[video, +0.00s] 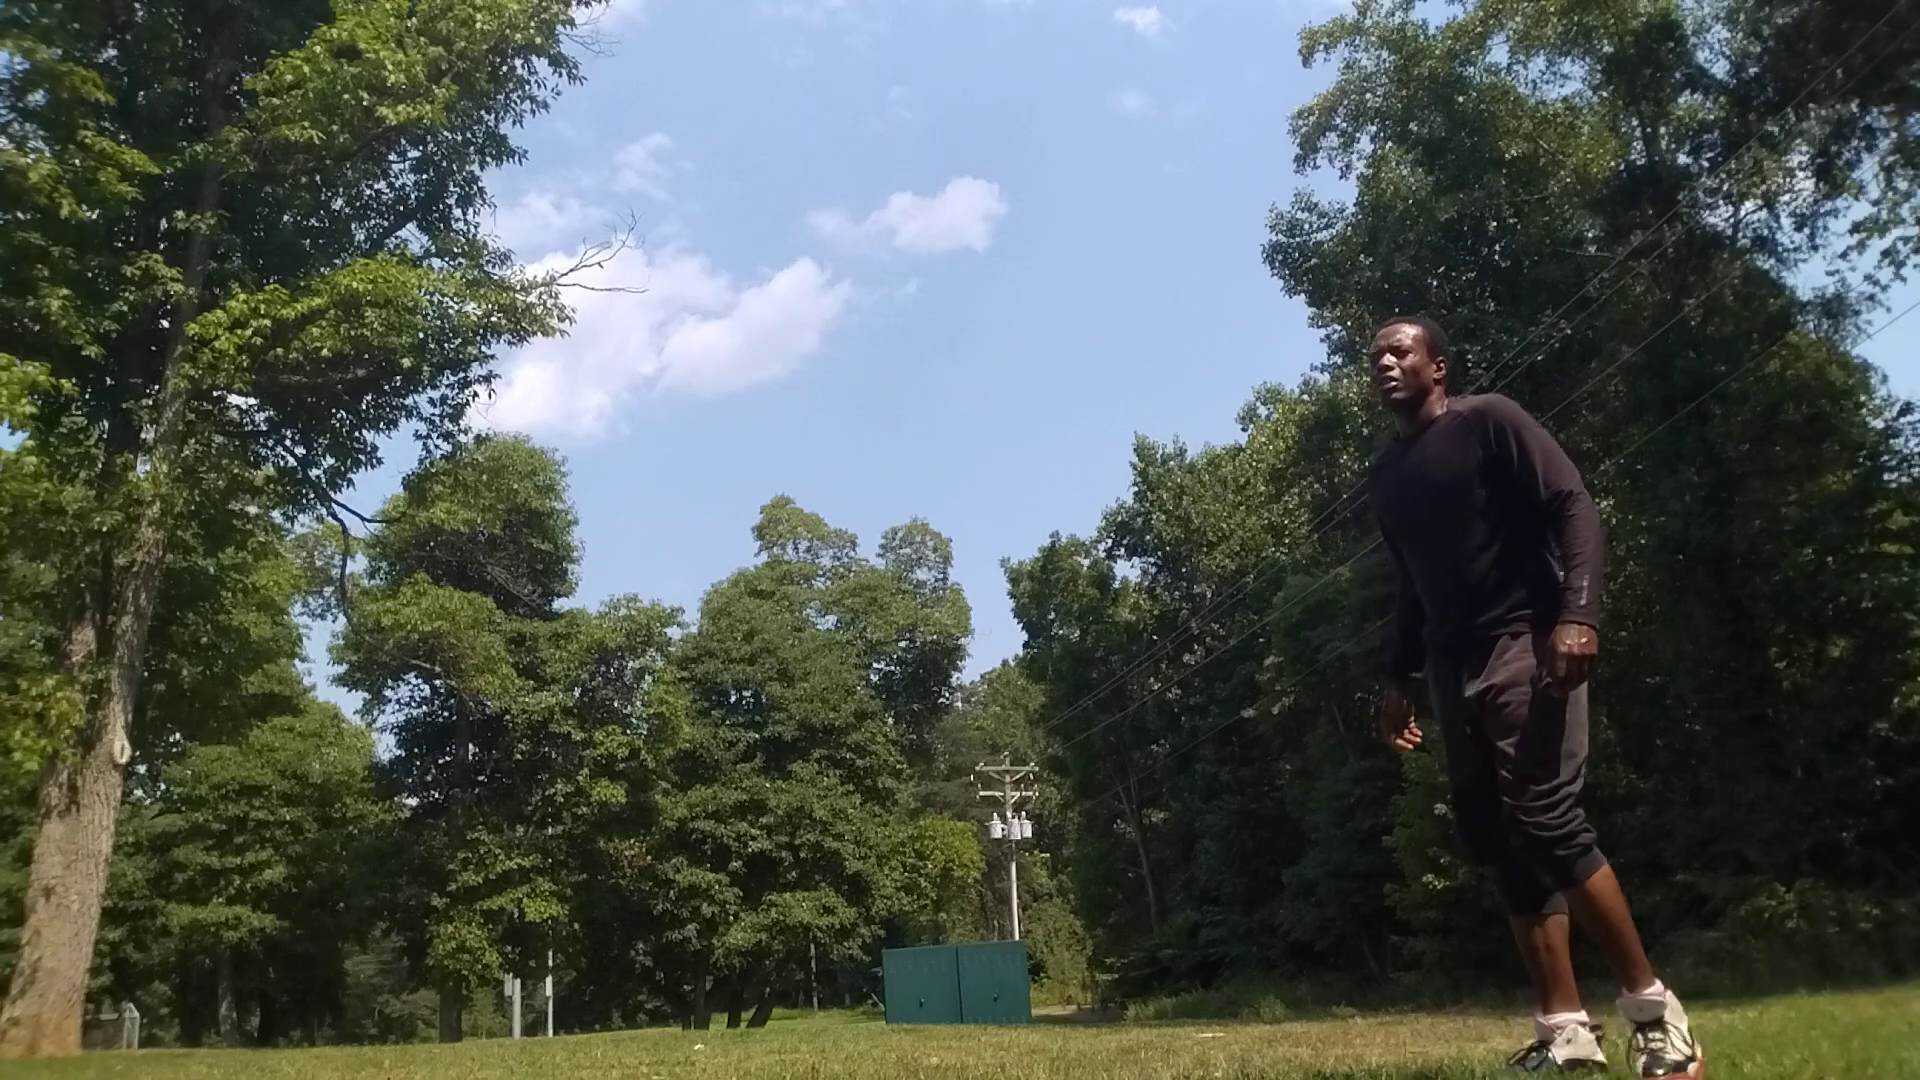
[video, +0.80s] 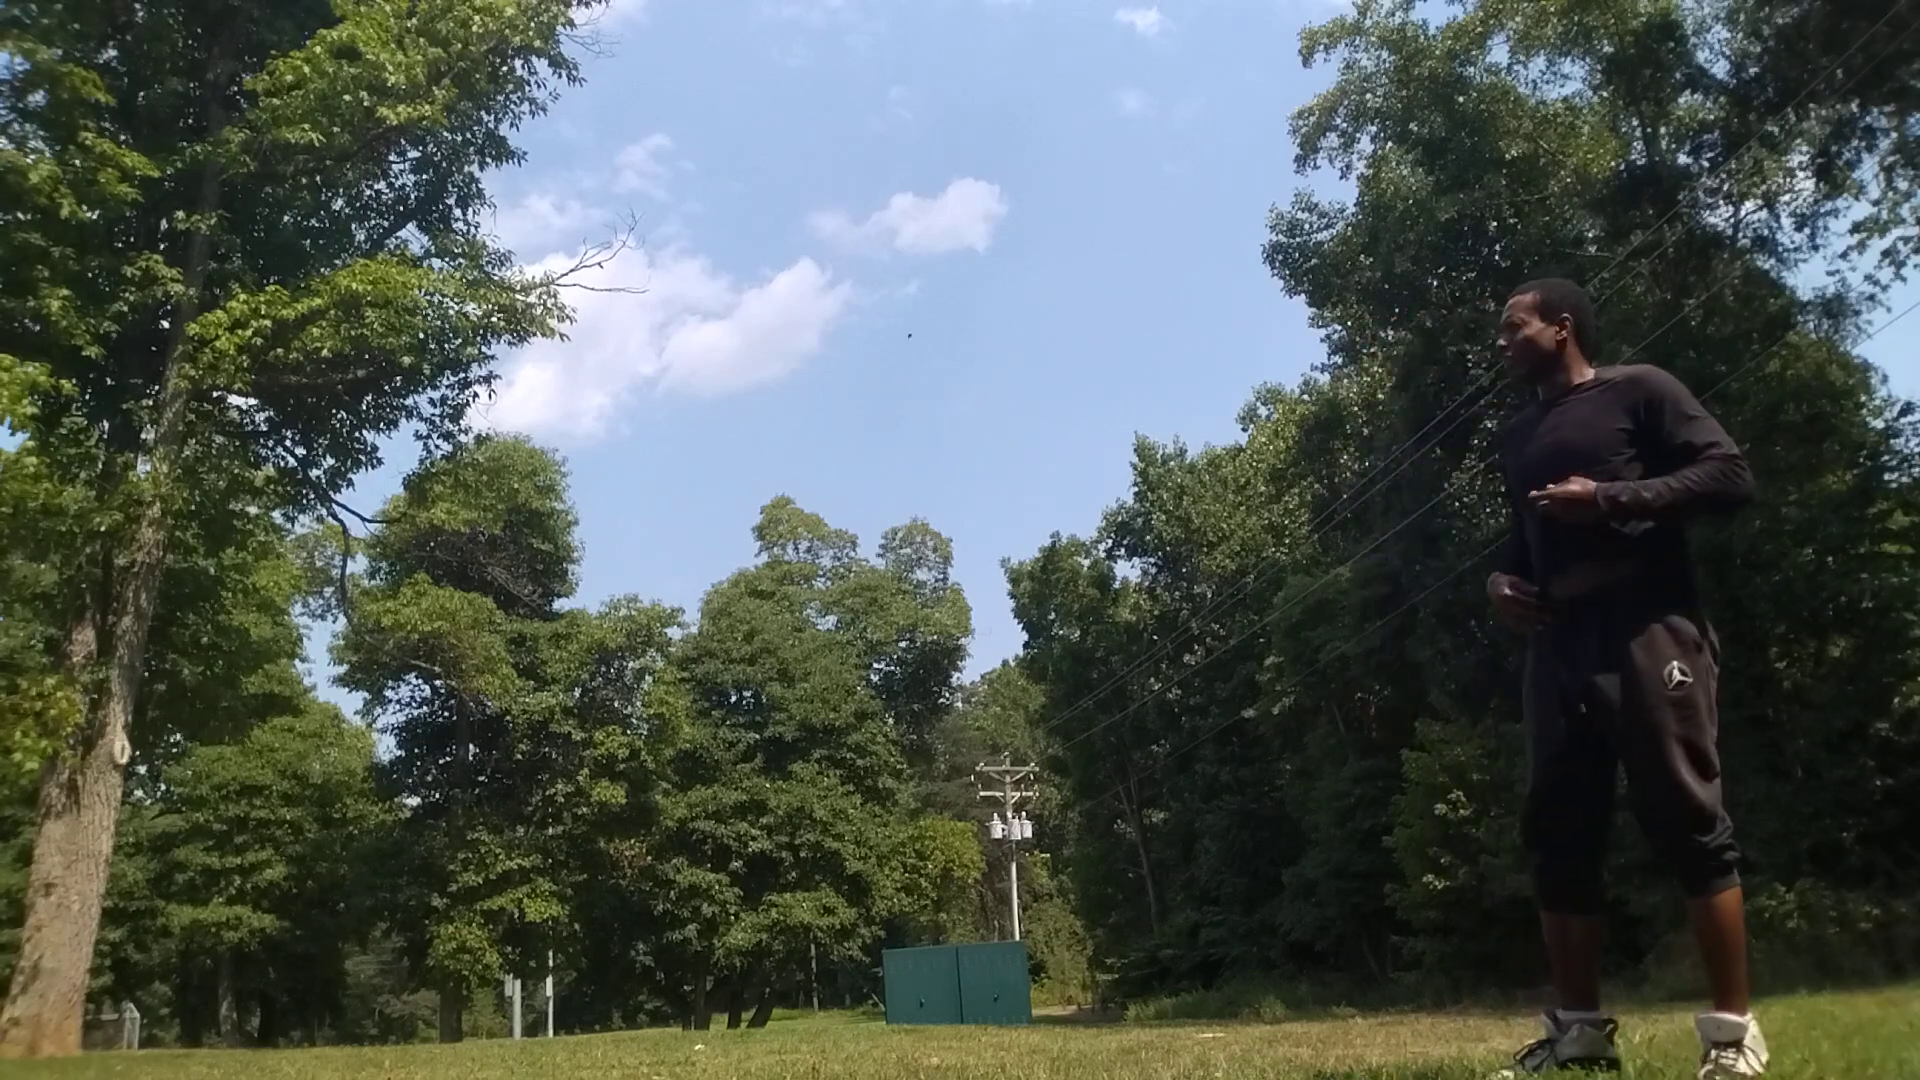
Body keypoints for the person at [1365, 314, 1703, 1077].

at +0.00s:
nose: (1383, 364)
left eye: (1398, 352)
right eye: (1376, 356)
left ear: (1437, 366)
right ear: (1373, 376)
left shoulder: (1491, 418)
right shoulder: (1385, 474)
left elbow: (1574, 506)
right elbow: (1412, 583)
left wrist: (1579, 613)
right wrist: (1398, 677)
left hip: (1529, 643)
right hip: (1457, 665)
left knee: (1547, 816)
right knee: (1499, 834)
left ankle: (1650, 1005)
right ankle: (1565, 1032)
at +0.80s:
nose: (1502, 341)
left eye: (1514, 325)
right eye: (1501, 330)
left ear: (1562, 326)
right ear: (1536, 337)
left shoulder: (1642, 388)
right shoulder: (1519, 435)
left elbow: (1730, 471)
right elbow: (1522, 544)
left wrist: (1610, 495)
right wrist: (1501, 579)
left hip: (1652, 632)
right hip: (1561, 645)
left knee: (1692, 824)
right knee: (1558, 829)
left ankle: (1733, 1033)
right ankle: (1577, 1029)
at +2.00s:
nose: (1429, 371)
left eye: (1437, 358)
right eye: (1429, 361)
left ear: (1479, 358)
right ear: (1467, 362)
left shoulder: (1539, 403)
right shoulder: (1456, 448)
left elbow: (1554, 464)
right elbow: (1476, 548)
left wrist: (1441, 453)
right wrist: (1426, 565)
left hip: (1550, 637)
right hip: (1479, 652)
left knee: (1628, 835)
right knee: (1512, 844)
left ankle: (1723, 1031)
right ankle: (1574, 1032)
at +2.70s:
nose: (1384, 376)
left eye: (1394, 358)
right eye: (1381, 367)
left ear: (1436, 360)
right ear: (1397, 383)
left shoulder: (1483, 418)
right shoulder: (1403, 469)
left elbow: (1429, 355)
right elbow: (1405, 574)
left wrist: (1354, 397)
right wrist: (1346, 584)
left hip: (1510, 628)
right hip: (1439, 651)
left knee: (1564, 822)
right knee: (1494, 839)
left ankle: (1666, 1015)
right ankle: (1574, 1029)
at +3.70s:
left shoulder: (1574, 338)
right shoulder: (1442, 388)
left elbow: (1556, 235)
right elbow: (1417, 485)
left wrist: (1460, 320)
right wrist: (1395, 506)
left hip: (1574, 585)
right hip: (1466, 600)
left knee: (1591, 810)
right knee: (1466, 806)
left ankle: (1609, 1035)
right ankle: (1511, 1029)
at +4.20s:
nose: (1505, 256)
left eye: (1523, 238)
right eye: (1492, 243)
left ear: (1563, 244)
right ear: (1476, 252)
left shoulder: (1617, 303)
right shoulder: (1443, 341)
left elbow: (1710, 214)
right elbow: (1324, 418)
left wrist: (1566, 246)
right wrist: (1353, 338)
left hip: (1621, 574)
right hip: (1515, 586)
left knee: (1626, 798)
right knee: (1597, 799)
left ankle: (1613, 1019)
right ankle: (1669, 1036)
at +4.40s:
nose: (1490, 212)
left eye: (1505, 194)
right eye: (1474, 202)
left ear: (1549, 200)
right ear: (1461, 222)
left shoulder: (1630, 276)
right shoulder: (1434, 310)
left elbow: (1785, 310)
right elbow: (1296, 335)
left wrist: (1724, 317)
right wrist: (1384, 251)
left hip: (1639, 557)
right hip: (1523, 574)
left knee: (1697, 782)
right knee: (1595, 797)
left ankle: (1607, 976)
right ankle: (1669, 1031)